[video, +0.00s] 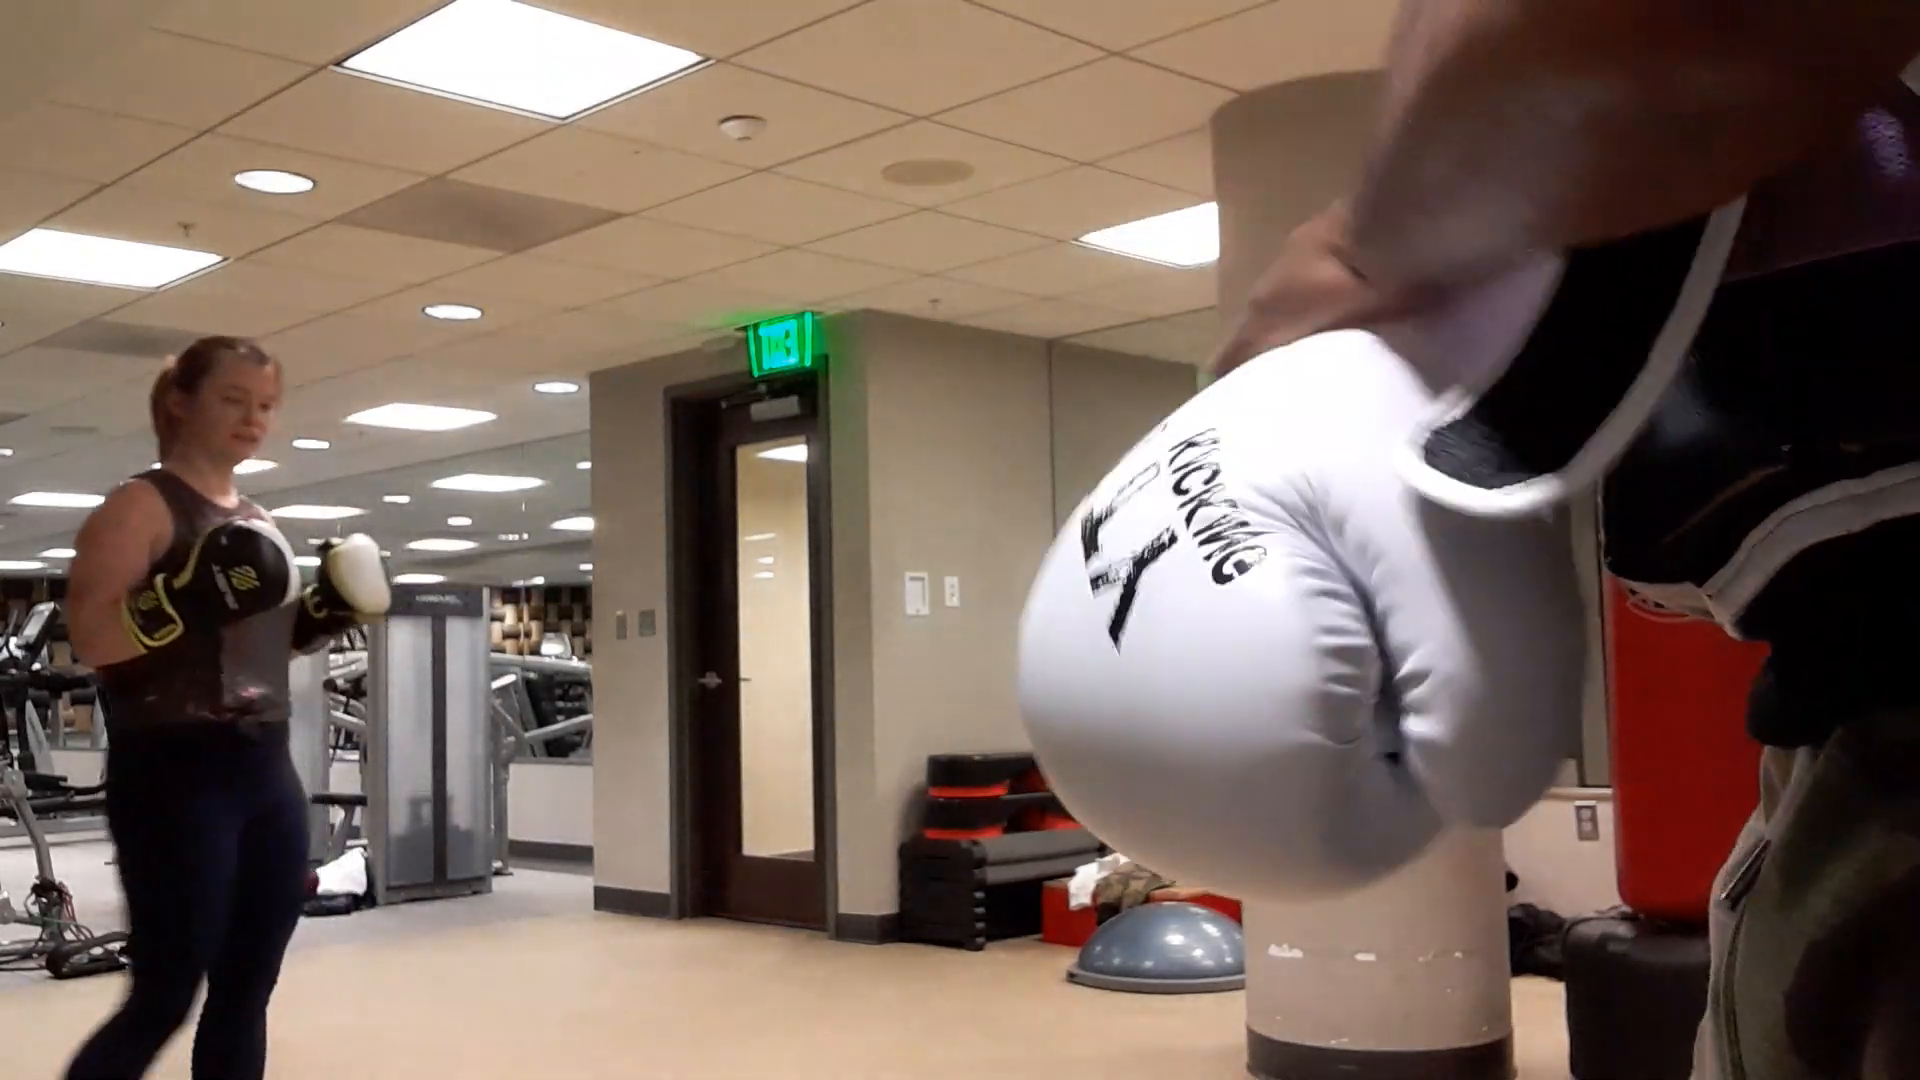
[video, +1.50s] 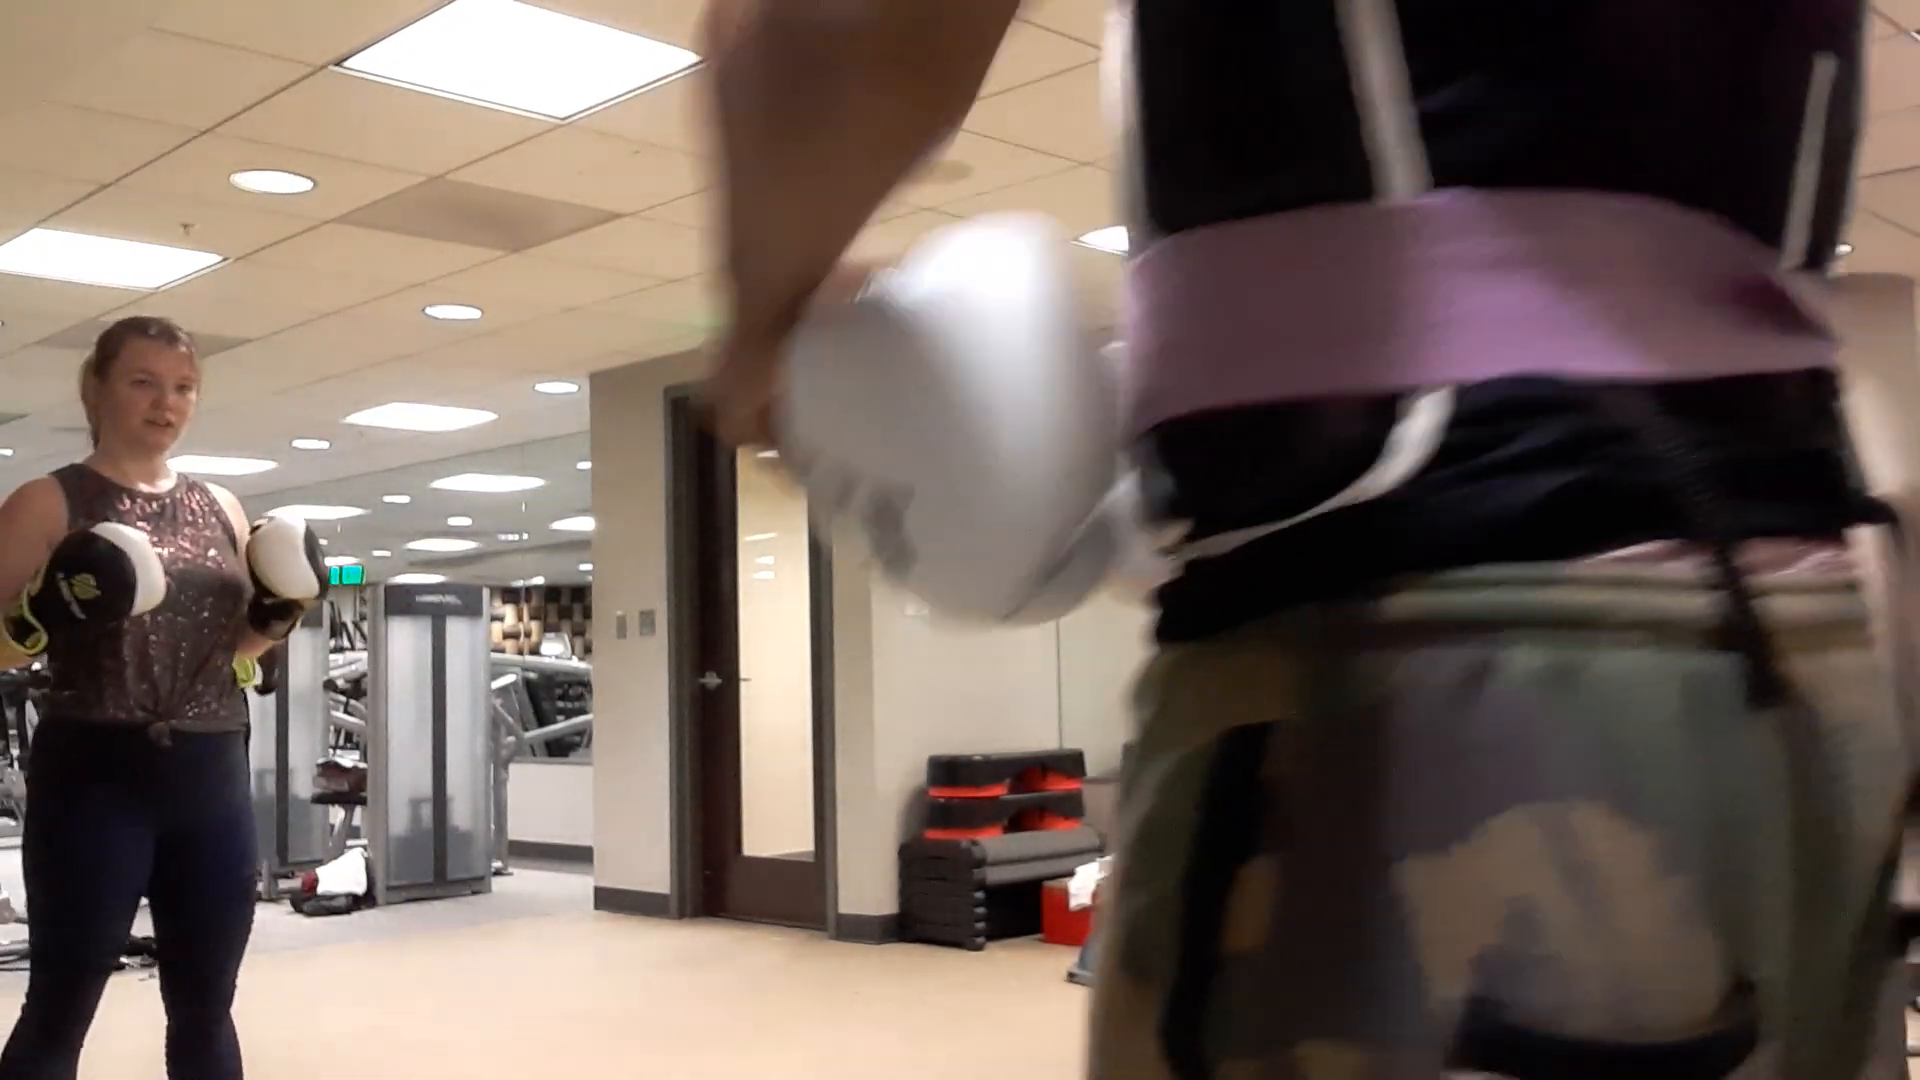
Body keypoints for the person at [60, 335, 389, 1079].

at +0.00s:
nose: (254, 420)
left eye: (266, 407)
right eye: (235, 401)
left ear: (275, 416)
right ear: (180, 403)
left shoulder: (249, 516)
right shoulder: (137, 507)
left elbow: (252, 646)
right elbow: (92, 640)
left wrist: (320, 615)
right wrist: (186, 601)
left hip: (263, 769)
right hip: (170, 772)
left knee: (244, 993)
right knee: (163, 995)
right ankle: (89, 1073)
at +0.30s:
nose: (180, 409)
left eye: (195, 395)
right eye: (158, 389)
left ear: (206, 409)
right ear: (107, 394)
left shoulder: (206, 517)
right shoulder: (57, 500)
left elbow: (216, 644)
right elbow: (2, 632)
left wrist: (263, 618)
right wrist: (78, 600)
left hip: (195, 772)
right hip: (87, 772)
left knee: (228, 987)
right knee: (73, 996)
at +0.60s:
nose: (114, 401)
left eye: (131, 388)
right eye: (92, 381)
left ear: (146, 404)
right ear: (43, 391)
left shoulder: (171, 510)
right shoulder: (12, 497)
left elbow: (191, 647)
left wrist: (226, 611)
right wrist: (11, 594)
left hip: (151, 769)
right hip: (37, 768)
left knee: (186, 997)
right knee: (22, 1013)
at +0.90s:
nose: (102, 399)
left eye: (119, 384)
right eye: (79, 379)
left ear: (135, 400)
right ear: (31, 388)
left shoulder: (162, 502)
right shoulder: (7, 492)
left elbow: (191, 636)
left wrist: (219, 597)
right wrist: (9, 587)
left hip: (146, 768)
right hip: (29, 768)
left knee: (182, 1005)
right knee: (19, 1017)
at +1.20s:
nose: (131, 403)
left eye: (146, 388)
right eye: (108, 383)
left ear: (160, 401)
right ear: (54, 391)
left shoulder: (187, 505)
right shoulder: (17, 499)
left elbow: (212, 639)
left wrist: (246, 597)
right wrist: (13, 597)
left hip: (171, 769)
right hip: (49, 769)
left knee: (193, 1008)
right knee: (33, 1010)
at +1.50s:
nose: (167, 401)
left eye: (183, 386)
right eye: (145, 382)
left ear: (195, 400)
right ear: (95, 392)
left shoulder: (221, 508)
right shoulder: (45, 505)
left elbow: (236, 651)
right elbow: (4, 648)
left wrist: (280, 608)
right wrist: (49, 608)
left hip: (212, 780)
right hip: (89, 780)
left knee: (206, 1010)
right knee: (60, 1008)